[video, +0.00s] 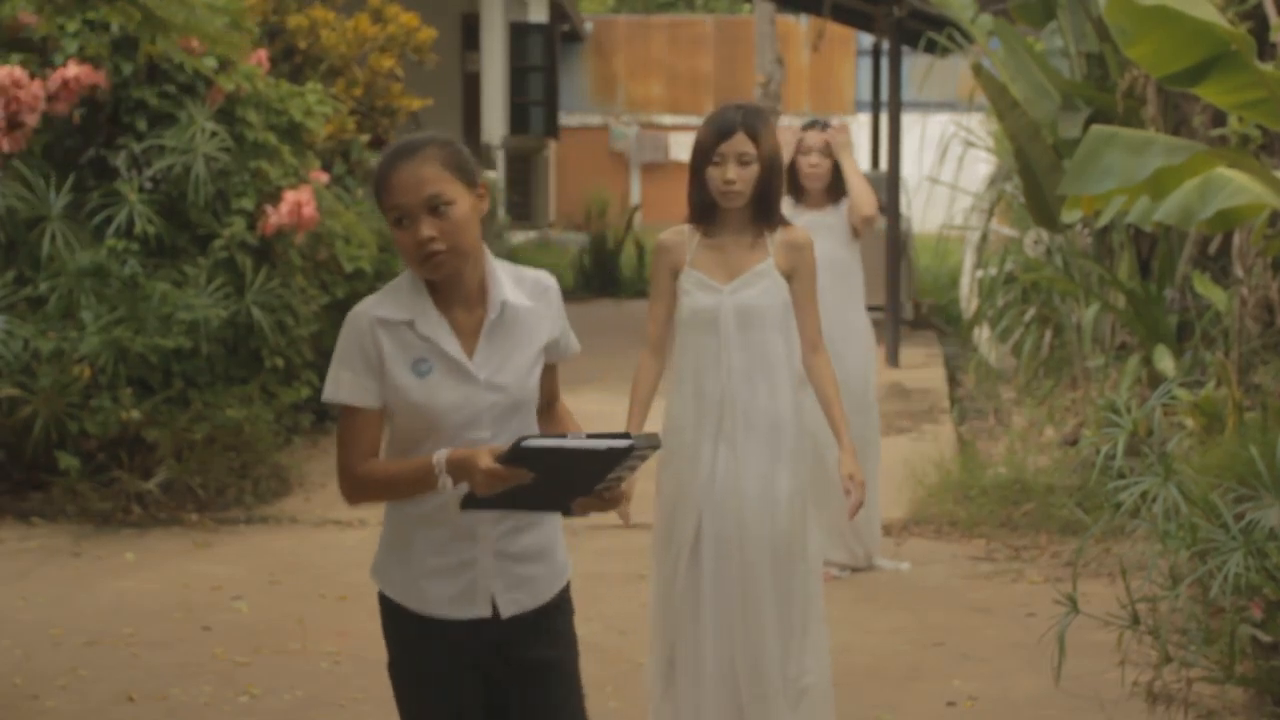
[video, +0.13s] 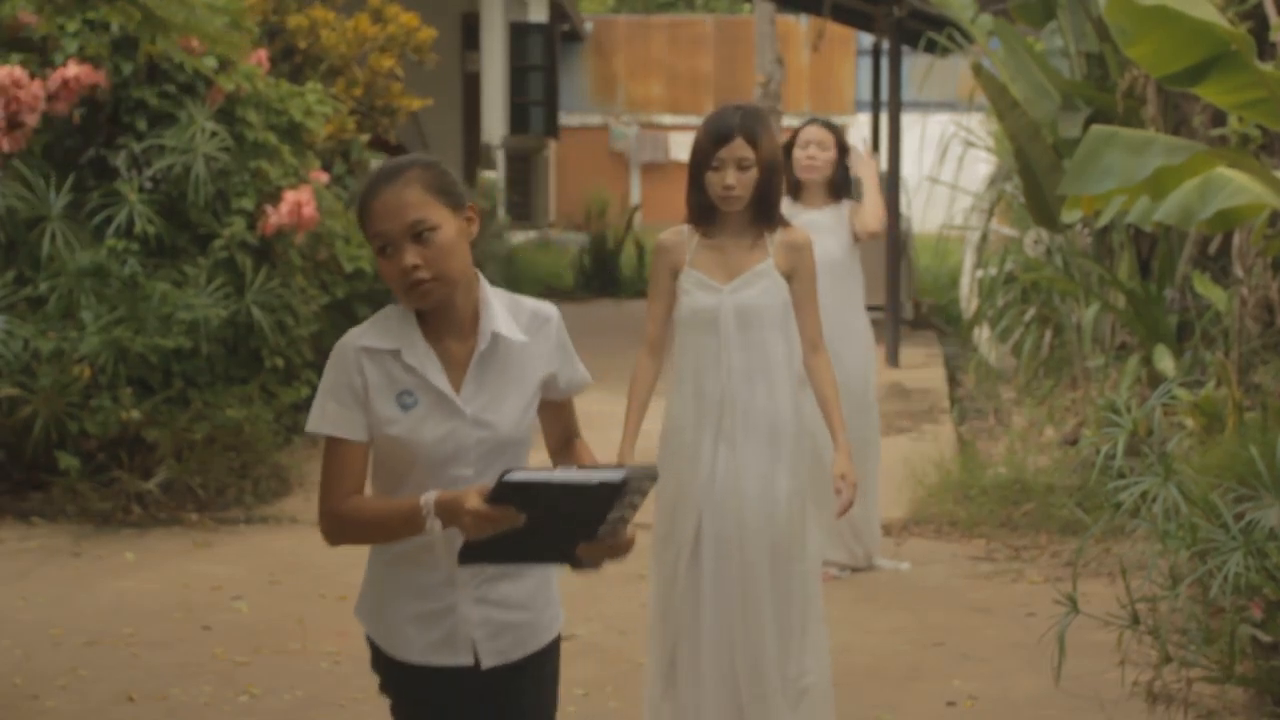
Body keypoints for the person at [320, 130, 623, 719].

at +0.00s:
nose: (424, 234)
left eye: (439, 208)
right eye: (402, 220)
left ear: (481, 199)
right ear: (388, 231)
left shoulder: (539, 296)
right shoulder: (373, 325)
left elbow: (550, 407)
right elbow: (356, 480)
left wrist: (593, 472)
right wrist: (453, 466)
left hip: (534, 586)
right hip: (428, 598)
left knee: (556, 713)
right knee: (444, 714)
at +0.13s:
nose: (408, 262)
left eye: (423, 234)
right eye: (387, 249)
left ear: (470, 223)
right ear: (375, 261)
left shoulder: (537, 326)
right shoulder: (361, 355)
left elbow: (568, 444)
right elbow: (337, 518)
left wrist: (605, 517)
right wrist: (442, 509)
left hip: (522, 619)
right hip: (415, 629)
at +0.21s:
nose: (401, 270)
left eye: (417, 242)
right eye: (381, 257)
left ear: (468, 227)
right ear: (369, 267)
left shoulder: (544, 349)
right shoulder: (354, 364)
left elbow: (579, 483)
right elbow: (321, 526)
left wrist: (599, 569)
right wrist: (408, 531)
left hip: (512, 649)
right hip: (395, 657)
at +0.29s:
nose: (378, 269)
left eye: (395, 242)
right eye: (361, 256)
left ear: (456, 228)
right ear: (352, 266)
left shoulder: (539, 362)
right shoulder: (340, 366)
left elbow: (583, 507)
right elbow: (306, 521)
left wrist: (588, 588)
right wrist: (353, 550)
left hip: (498, 670)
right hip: (373, 671)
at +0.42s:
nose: (315, 250)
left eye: (334, 221)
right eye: (303, 234)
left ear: (407, 212)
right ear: (296, 245)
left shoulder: (499, 356)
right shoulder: (298, 351)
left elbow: (561, 524)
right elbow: (276, 494)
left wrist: (508, 607)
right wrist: (273, 553)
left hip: (462, 684)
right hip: (331, 681)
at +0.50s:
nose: (259, 246)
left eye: (281, 217)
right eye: (250, 230)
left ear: (359, 210)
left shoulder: (451, 359)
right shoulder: (255, 355)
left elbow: (516, 546)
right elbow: (248, 497)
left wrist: (433, 622)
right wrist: (232, 558)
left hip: (428, 690)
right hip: (292, 684)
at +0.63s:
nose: (166, 273)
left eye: (189, 241)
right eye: (157, 254)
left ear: (273, 233)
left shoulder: (371, 388)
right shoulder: (178, 392)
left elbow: (441, 596)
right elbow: (186, 540)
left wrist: (333, 668)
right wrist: (165, 613)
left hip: (346, 702)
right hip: (210, 699)